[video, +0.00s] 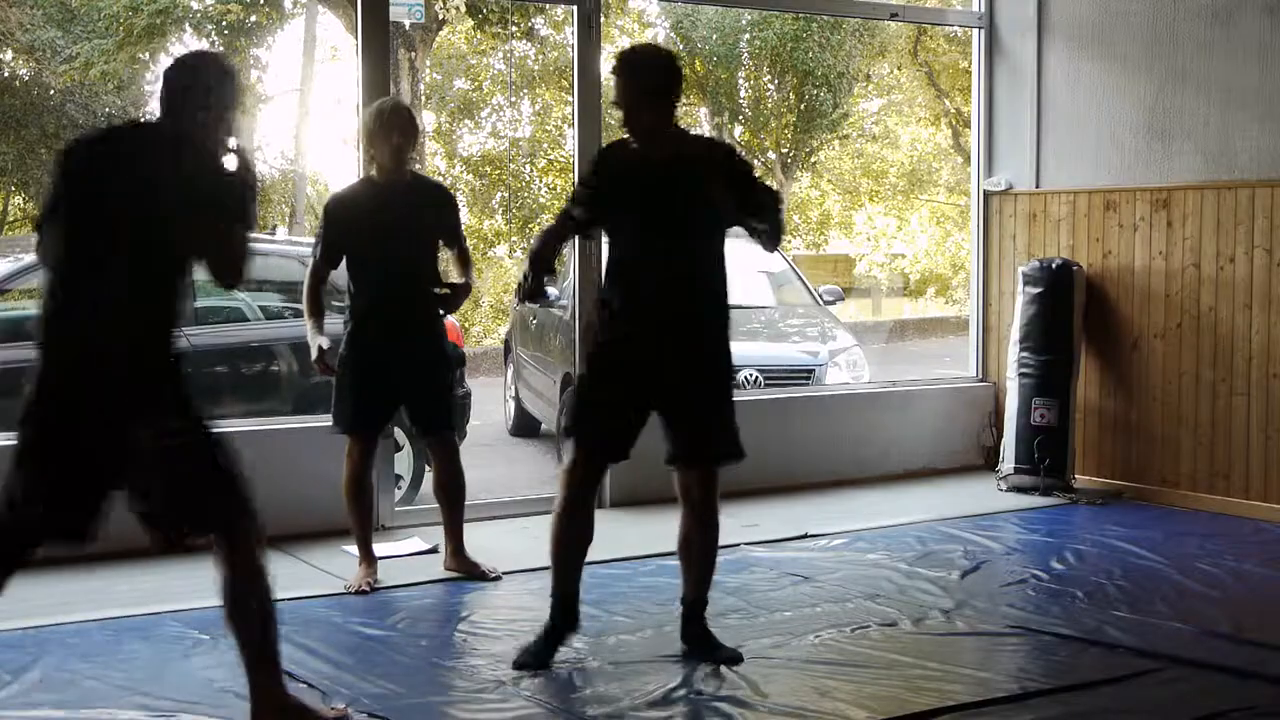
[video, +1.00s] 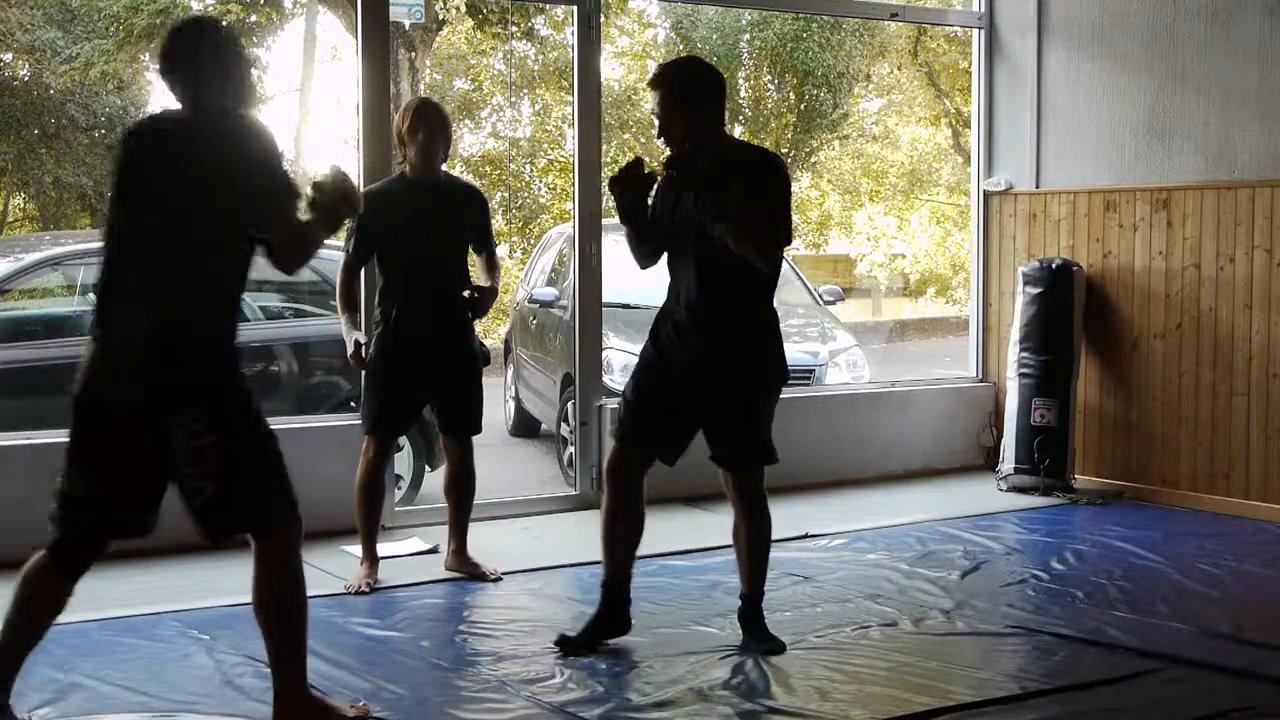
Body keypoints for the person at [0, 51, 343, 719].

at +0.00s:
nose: (226, 124)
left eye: (228, 111)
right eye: (223, 111)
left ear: (163, 99)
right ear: (204, 108)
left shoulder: (89, 152)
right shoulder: (205, 173)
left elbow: (51, 249)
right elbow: (230, 268)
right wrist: (242, 179)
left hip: (65, 381)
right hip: (144, 385)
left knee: (22, 533)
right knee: (236, 531)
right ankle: (270, 697)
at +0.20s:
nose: (283, 117)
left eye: (284, 104)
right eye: (283, 103)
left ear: (215, 86)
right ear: (271, 99)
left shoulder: (137, 139)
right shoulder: (259, 162)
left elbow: (79, 232)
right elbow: (292, 255)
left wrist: (160, 225)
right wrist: (321, 213)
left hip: (99, 368)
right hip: (190, 372)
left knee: (49, 530)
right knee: (256, 529)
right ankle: (272, 697)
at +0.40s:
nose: (274, 88)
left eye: (272, 74)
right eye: (269, 75)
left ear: (201, 71)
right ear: (253, 79)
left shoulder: (138, 131)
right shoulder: (256, 154)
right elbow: (293, 248)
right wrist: (319, 193)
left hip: (99, 367)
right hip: (193, 374)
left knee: (45, 539)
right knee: (250, 531)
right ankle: (272, 698)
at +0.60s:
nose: (231, 85)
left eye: (227, 70)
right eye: (223, 70)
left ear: (151, 73)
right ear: (200, 73)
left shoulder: (104, 135)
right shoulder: (205, 142)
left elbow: (138, 236)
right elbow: (231, 252)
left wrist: (224, 159)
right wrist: (274, 205)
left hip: (75, 371)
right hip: (163, 376)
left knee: (30, 548)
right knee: (247, 528)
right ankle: (274, 696)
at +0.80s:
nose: (223, 67)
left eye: (217, 55)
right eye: (210, 57)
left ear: (144, 70)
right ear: (181, 68)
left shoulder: (98, 130)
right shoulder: (204, 134)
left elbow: (85, 246)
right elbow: (235, 245)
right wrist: (279, 205)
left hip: (80, 368)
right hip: (164, 372)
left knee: (34, 548)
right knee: (247, 529)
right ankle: (286, 695)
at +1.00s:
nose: (249, 74)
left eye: (243, 60)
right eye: (240, 61)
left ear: (172, 74)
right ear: (220, 69)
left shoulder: (142, 138)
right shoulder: (244, 138)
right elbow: (289, 252)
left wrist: (292, 214)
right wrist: (331, 213)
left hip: (117, 371)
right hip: (200, 373)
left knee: (72, 544)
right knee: (277, 528)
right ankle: (293, 696)